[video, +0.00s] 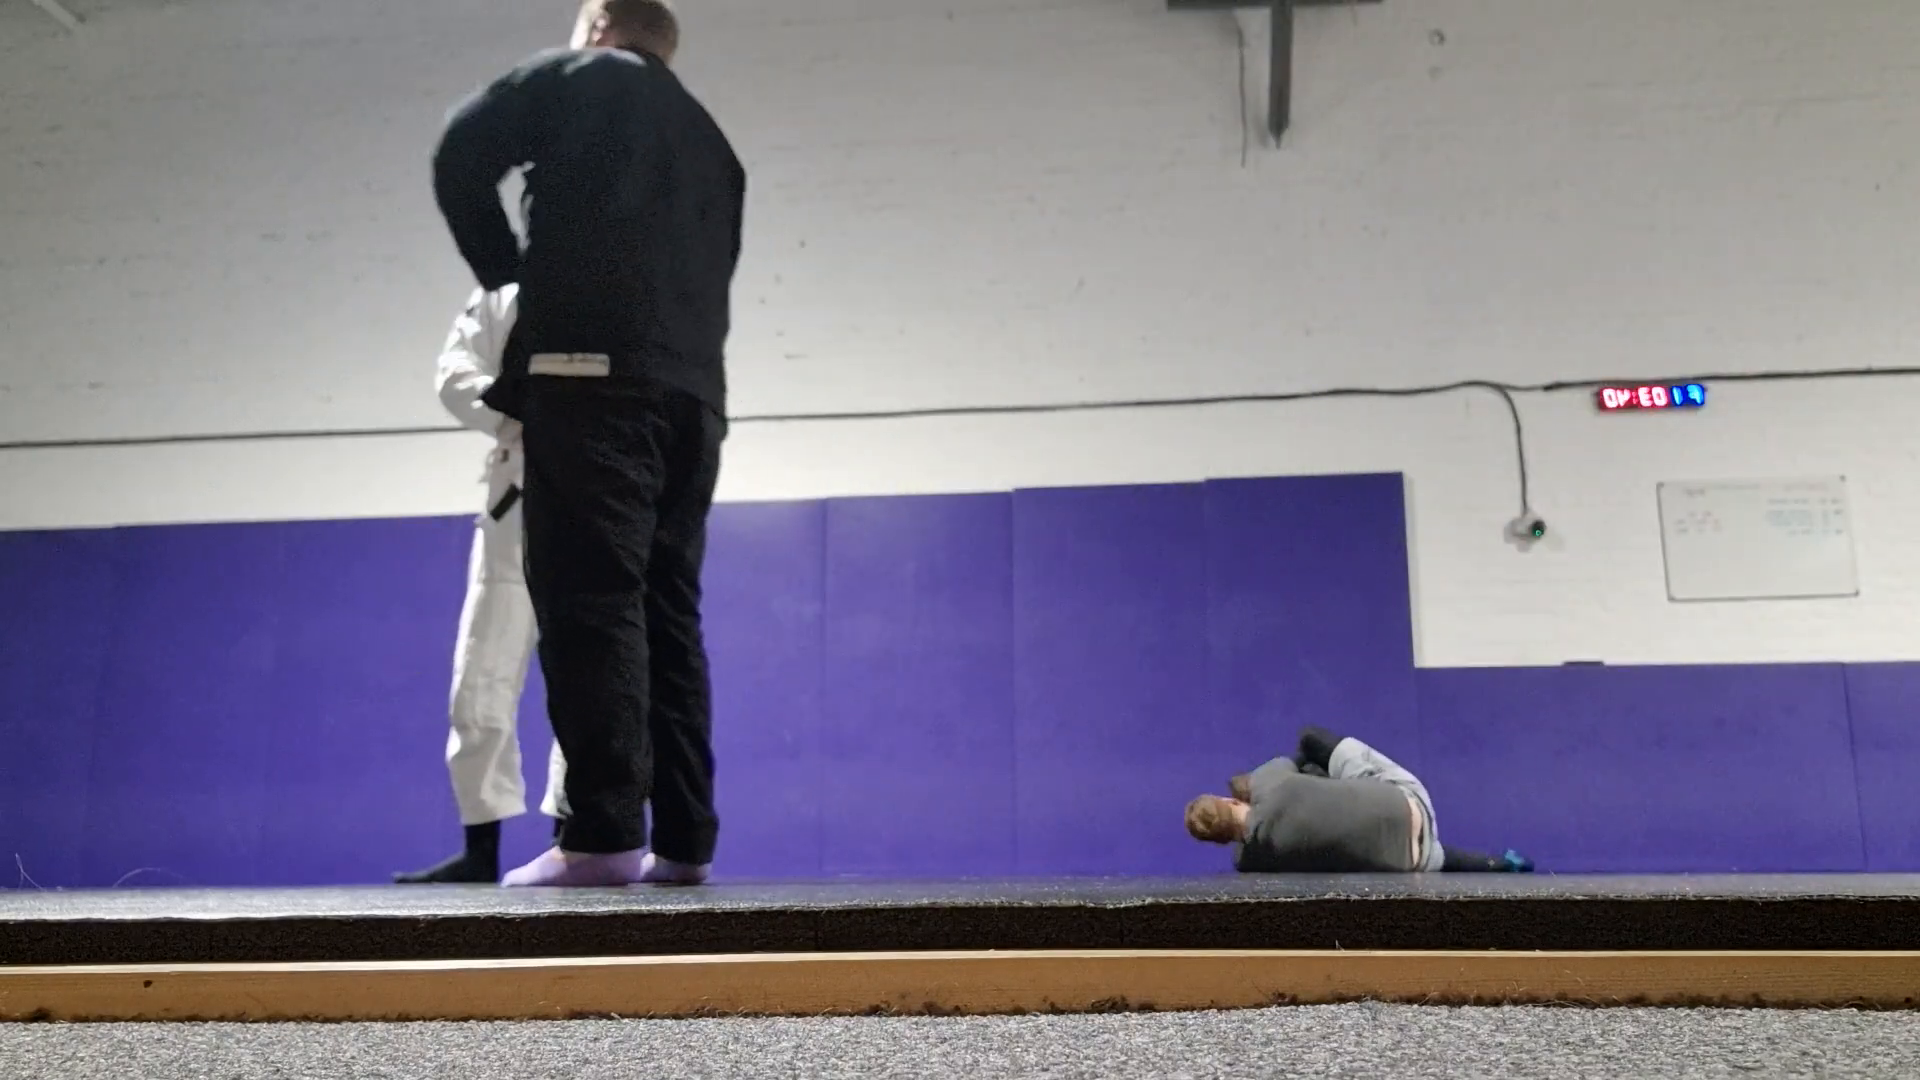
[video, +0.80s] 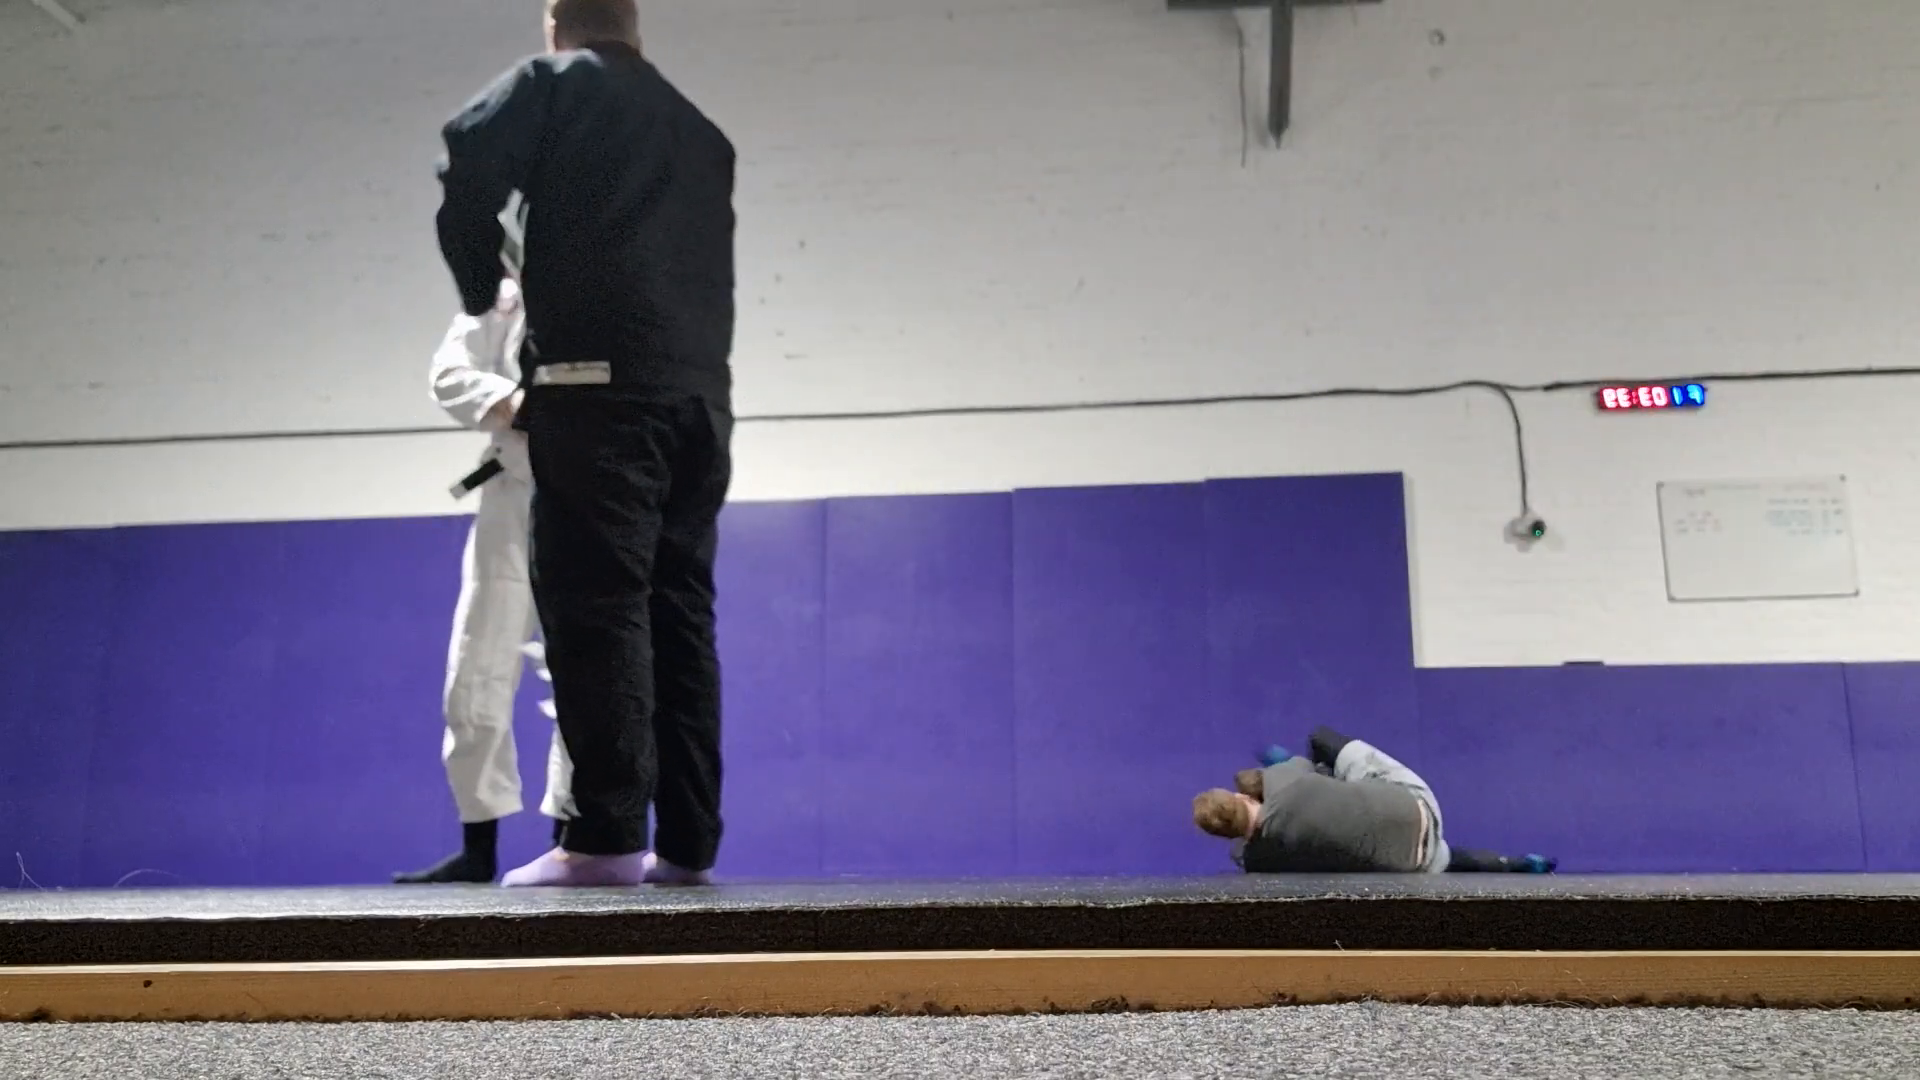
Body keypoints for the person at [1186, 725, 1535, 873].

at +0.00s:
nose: (1227, 796)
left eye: (1216, 828)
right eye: (1223, 797)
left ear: (1220, 840)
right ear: (1230, 796)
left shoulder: (1254, 862)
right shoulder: (1268, 779)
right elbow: (1294, 763)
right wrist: (1250, 786)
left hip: (1415, 860)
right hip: (1414, 805)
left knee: (1436, 857)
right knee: (1315, 739)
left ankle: (1503, 865)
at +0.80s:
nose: (1232, 799)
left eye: (1220, 822)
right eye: (1230, 796)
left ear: (1226, 836)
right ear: (1239, 791)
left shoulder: (1259, 857)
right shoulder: (1279, 776)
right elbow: (1312, 771)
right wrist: (1274, 777)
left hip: (1421, 861)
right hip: (1423, 807)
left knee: (1447, 855)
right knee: (1323, 737)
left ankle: (1523, 865)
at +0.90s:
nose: (1231, 796)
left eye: (1218, 814)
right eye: (1229, 793)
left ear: (1226, 834)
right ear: (1238, 789)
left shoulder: (1257, 858)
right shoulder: (1280, 777)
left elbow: (1250, 850)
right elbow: (1313, 763)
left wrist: (1252, 816)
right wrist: (1261, 777)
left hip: (1419, 860)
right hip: (1418, 805)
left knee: (1446, 856)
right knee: (1317, 738)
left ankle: (1522, 864)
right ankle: (1264, 752)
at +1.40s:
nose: (1234, 791)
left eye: (1221, 829)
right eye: (1232, 792)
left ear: (1225, 842)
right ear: (1241, 794)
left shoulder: (1258, 864)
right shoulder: (1279, 785)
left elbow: (1248, 845)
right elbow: (1295, 766)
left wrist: (1242, 829)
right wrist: (1256, 789)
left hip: (1415, 860)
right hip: (1415, 807)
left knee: (1428, 858)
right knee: (1308, 737)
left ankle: (1505, 861)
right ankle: (1269, 745)